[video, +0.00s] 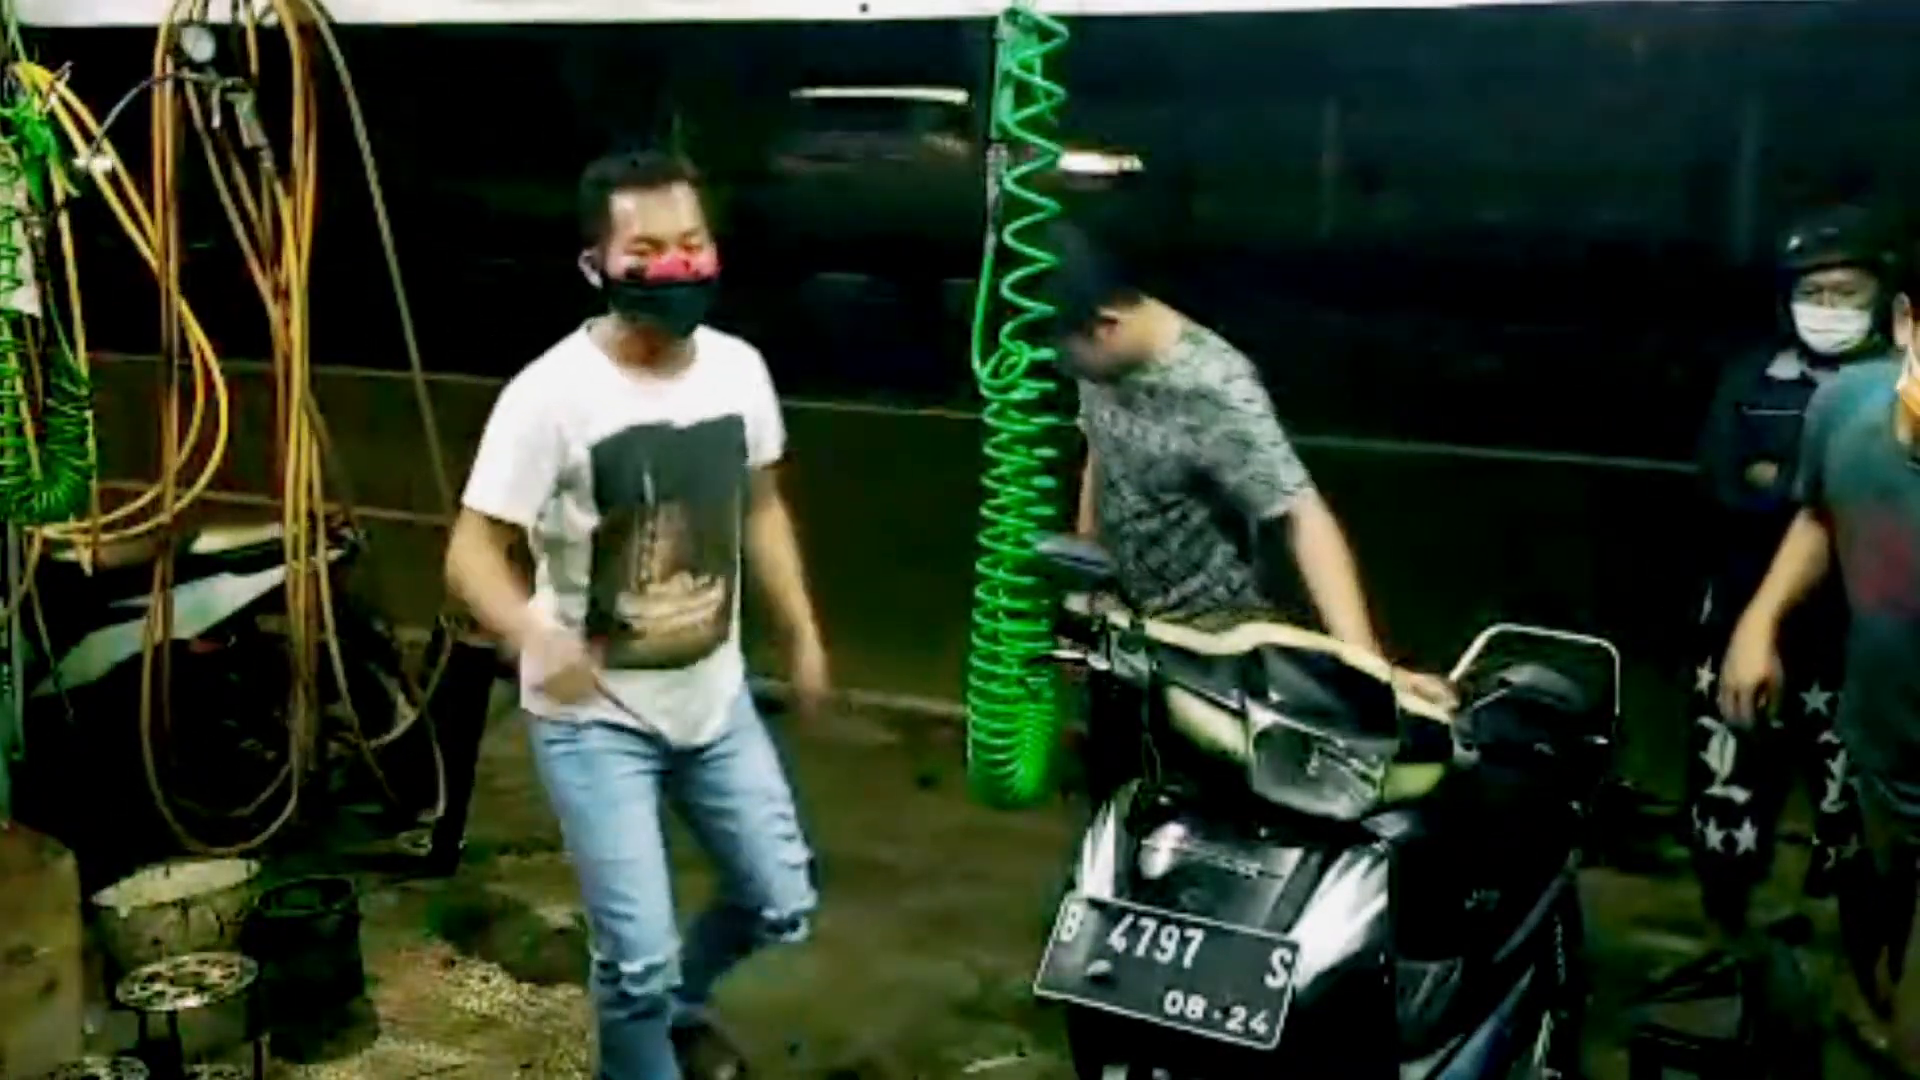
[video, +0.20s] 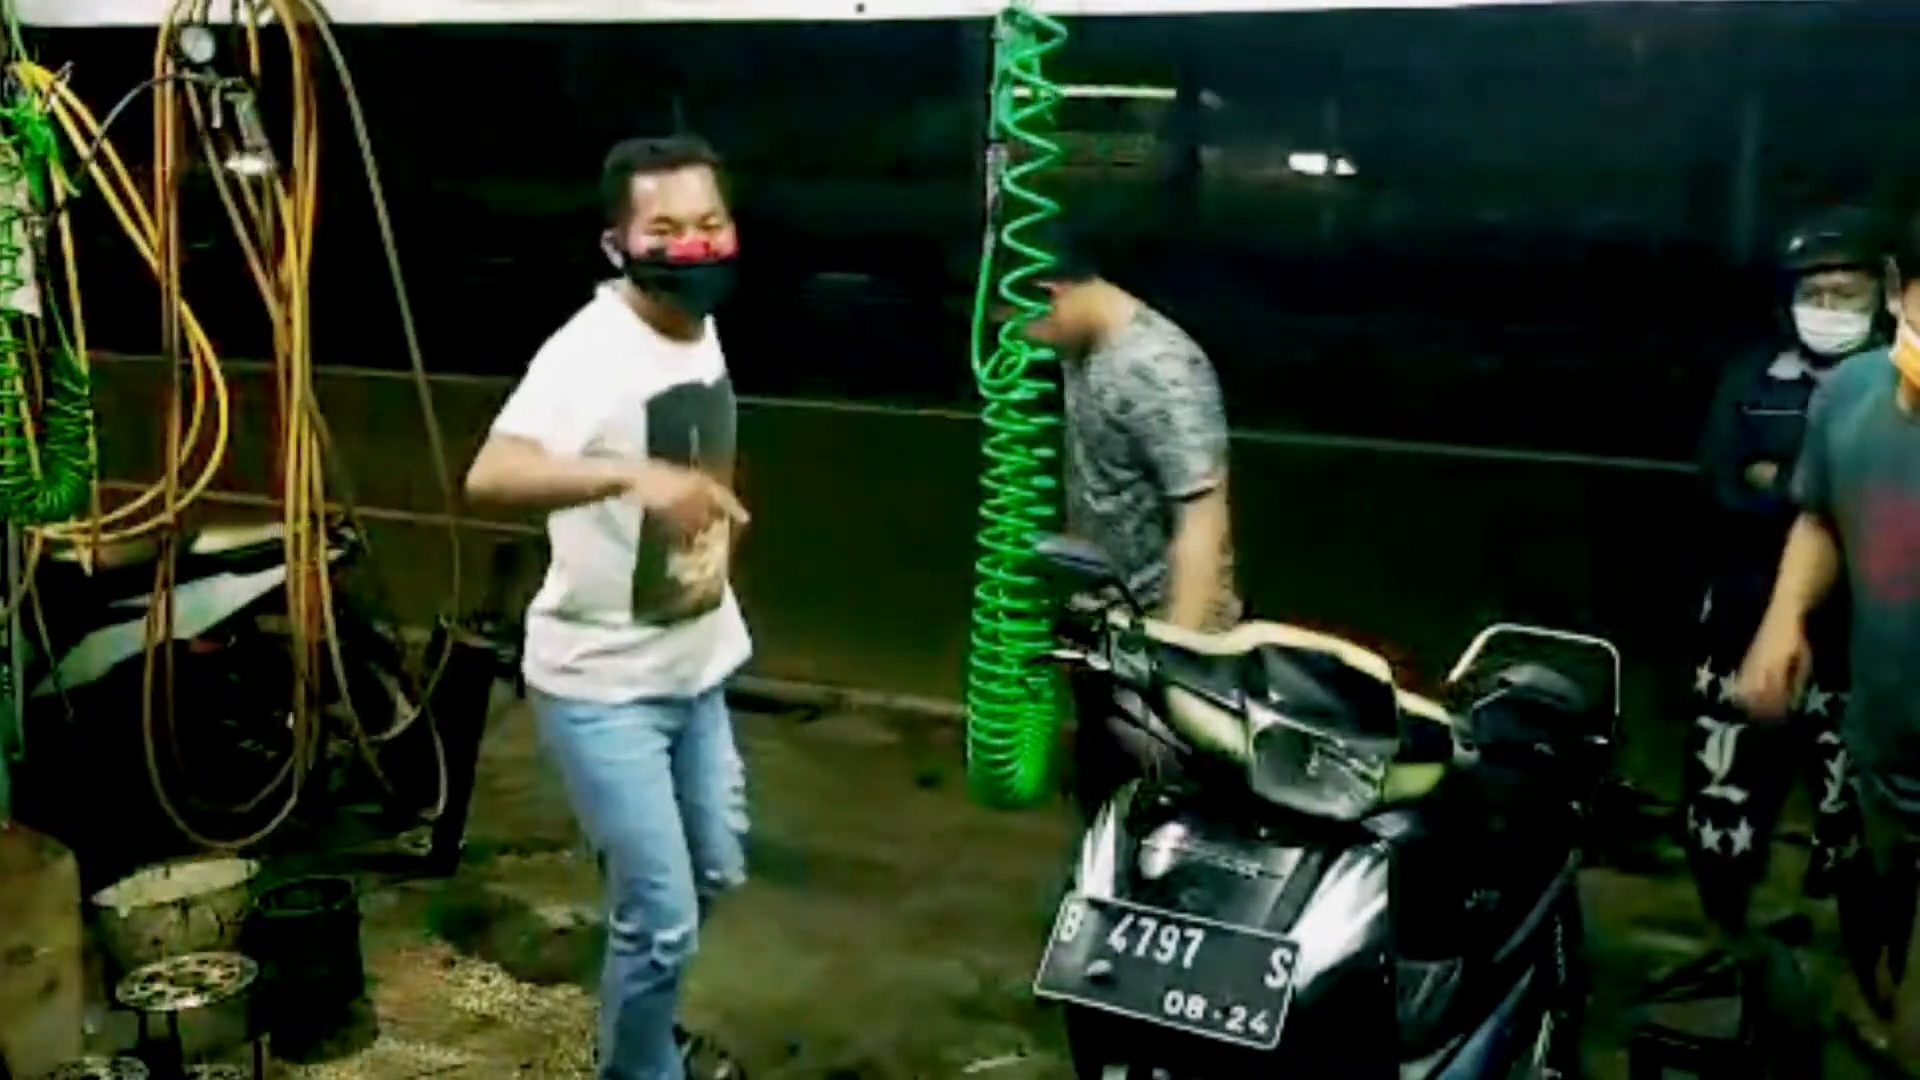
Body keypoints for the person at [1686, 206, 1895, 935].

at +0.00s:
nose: (1831, 309)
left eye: (1848, 293)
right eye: (1814, 293)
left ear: (1882, 305)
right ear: (1788, 300)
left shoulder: (1885, 393)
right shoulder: (1755, 385)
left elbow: (1875, 507)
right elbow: (1719, 487)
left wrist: (1779, 478)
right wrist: (1755, 628)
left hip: (1849, 630)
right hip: (1751, 619)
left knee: (1849, 781)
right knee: (1730, 788)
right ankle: (1726, 926)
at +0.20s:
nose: (1830, 307)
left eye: (1848, 291)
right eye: (1814, 291)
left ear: (1878, 300)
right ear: (1788, 299)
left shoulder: (1883, 393)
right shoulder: (1753, 384)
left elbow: (1883, 497)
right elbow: (1716, 486)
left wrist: (1783, 481)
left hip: (1853, 624)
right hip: (1748, 612)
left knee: (1848, 796)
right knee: (1725, 793)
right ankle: (1726, 929)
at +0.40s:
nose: (1831, 311)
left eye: (1851, 294)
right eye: (1815, 294)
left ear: (1882, 301)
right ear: (1788, 301)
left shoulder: (1890, 394)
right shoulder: (1754, 385)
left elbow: (1893, 497)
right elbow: (1714, 485)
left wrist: (1783, 481)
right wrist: (1822, 498)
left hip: (1850, 635)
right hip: (1746, 632)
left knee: (1853, 820)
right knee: (1719, 822)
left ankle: (1866, 964)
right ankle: (1726, 940)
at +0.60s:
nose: (1834, 310)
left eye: (1853, 293)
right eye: (1817, 293)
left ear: (1882, 299)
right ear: (1789, 301)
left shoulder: (1892, 393)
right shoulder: (1754, 384)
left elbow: (1897, 494)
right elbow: (1716, 483)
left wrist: (1784, 481)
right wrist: (1823, 501)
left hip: (1851, 632)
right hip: (1748, 628)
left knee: (1852, 805)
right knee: (1725, 803)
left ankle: (1859, 945)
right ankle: (1723, 933)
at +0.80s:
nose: (1834, 309)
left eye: (1852, 292)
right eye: (1817, 292)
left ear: (1883, 300)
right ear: (1791, 299)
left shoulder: (1893, 395)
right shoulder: (1755, 383)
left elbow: (1894, 506)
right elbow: (1716, 491)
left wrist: (1779, 485)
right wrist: (1831, 509)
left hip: (1849, 638)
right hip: (1745, 634)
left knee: (1852, 817)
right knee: (1719, 820)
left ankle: (1861, 957)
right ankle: (1726, 940)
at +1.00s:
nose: (1827, 313)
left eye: (1842, 300)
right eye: (1813, 298)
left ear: (1869, 309)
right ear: (1789, 305)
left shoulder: (1889, 396)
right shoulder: (1751, 387)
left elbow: (1888, 503)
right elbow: (1714, 491)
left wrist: (1779, 480)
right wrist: (1843, 496)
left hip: (1853, 636)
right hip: (1745, 627)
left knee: (1854, 817)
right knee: (1720, 800)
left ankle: (1856, 983)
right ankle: (1721, 939)